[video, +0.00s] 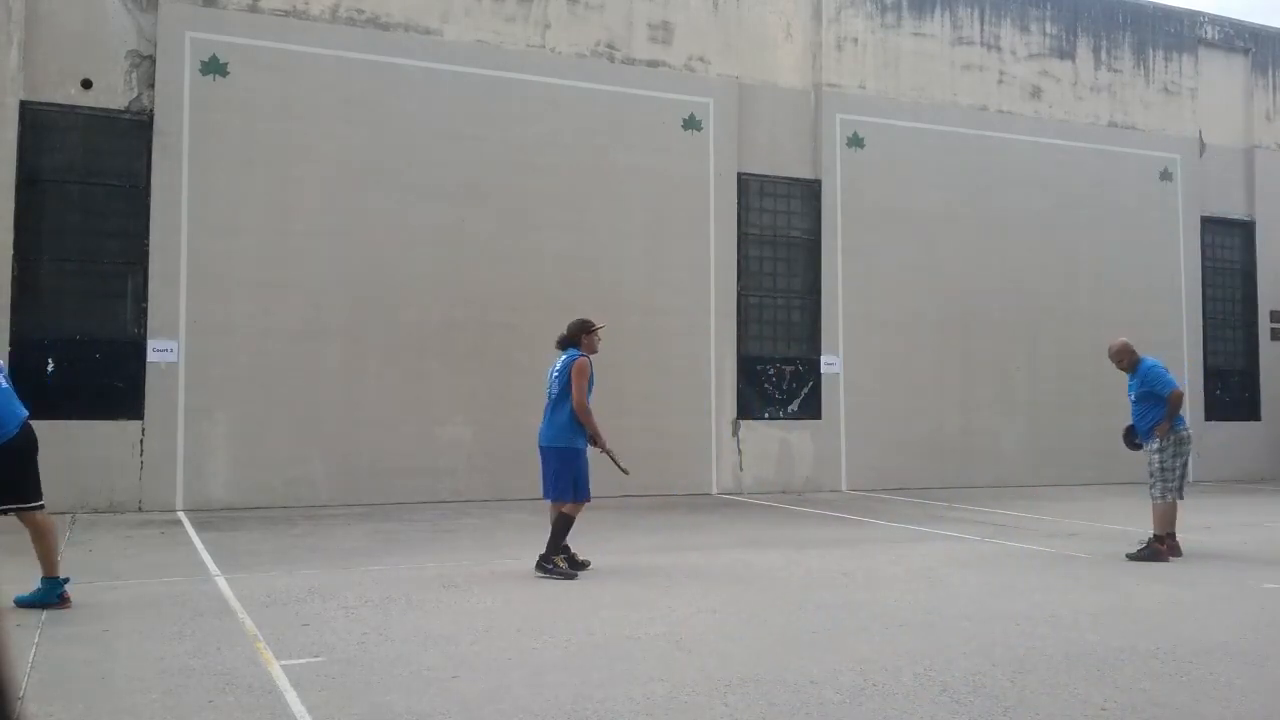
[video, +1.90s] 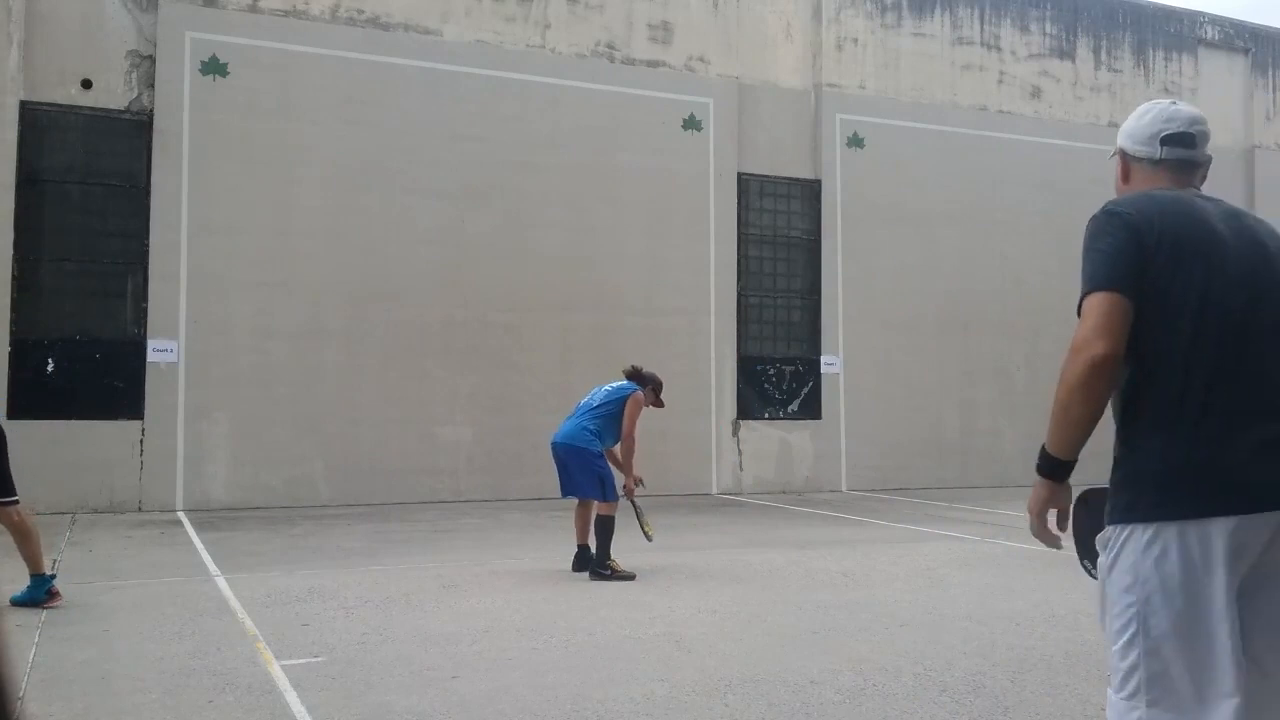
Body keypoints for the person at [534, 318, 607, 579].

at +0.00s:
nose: (599, 340)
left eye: (598, 336)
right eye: (596, 336)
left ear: (579, 339)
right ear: (584, 338)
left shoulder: (562, 361)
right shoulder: (581, 361)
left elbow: (567, 407)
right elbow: (580, 403)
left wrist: (589, 434)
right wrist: (596, 433)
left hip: (552, 439)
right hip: (567, 441)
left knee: (559, 497)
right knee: (578, 498)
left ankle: (561, 551)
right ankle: (549, 558)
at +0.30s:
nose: (608, 342)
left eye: (607, 338)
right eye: (605, 338)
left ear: (587, 341)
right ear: (592, 340)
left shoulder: (567, 361)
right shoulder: (593, 362)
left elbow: (573, 406)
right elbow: (597, 404)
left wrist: (596, 430)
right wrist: (609, 433)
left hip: (552, 440)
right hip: (574, 441)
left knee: (564, 496)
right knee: (590, 495)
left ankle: (563, 555)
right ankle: (587, 560)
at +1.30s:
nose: (636, 362)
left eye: (636, 357)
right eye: (633, 357)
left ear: (612, 355)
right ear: (622, 354)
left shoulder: (590, 371)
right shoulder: (619, 372)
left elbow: (600, 423)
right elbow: (622, 418)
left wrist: (634, 436)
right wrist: (645, 438)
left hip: (563, 440)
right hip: (586, 441)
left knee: (588, 496)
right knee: (613, 492)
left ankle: (582, 555)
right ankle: (600, 554)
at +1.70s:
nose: (644, 392)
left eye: (647, 389)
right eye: (645, 387)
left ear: (628, 371)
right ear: (641, 376)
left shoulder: (604, 381)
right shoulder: (633, 386)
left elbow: (599, 432)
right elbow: (628, 430)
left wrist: (629, 455)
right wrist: (629, 473)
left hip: (563, 441)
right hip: (588, 444)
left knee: (587, 498)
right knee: (610, 499)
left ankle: (582, 556)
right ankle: (602, 563)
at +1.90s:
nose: (650, 404)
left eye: (654, 401)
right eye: (652, 398)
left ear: (634, 383)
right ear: (647, 387)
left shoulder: (608, 390)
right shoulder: (635, 394)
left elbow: (605, 445)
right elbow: (627, 437)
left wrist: (628, 473)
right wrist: (629, 477)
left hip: (561, 442)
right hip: (584, 445)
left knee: (585, 497)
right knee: (609, 499)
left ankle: (583, 556)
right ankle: (602, 563)